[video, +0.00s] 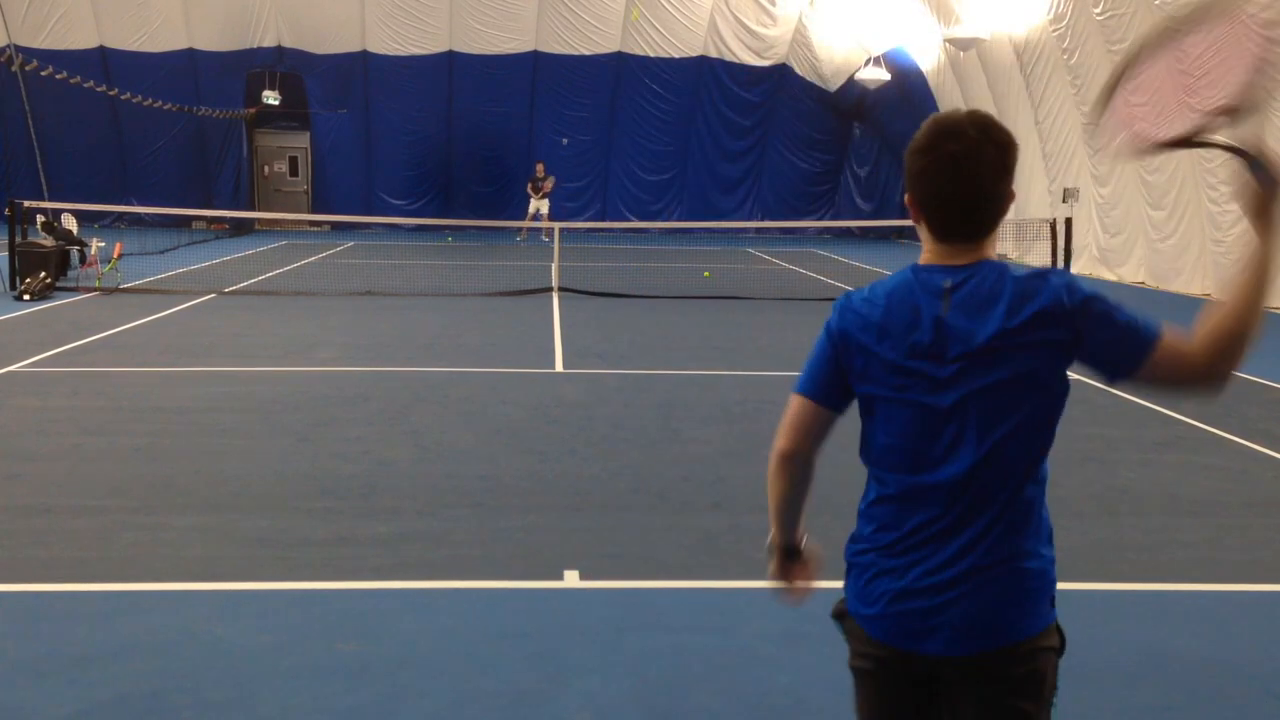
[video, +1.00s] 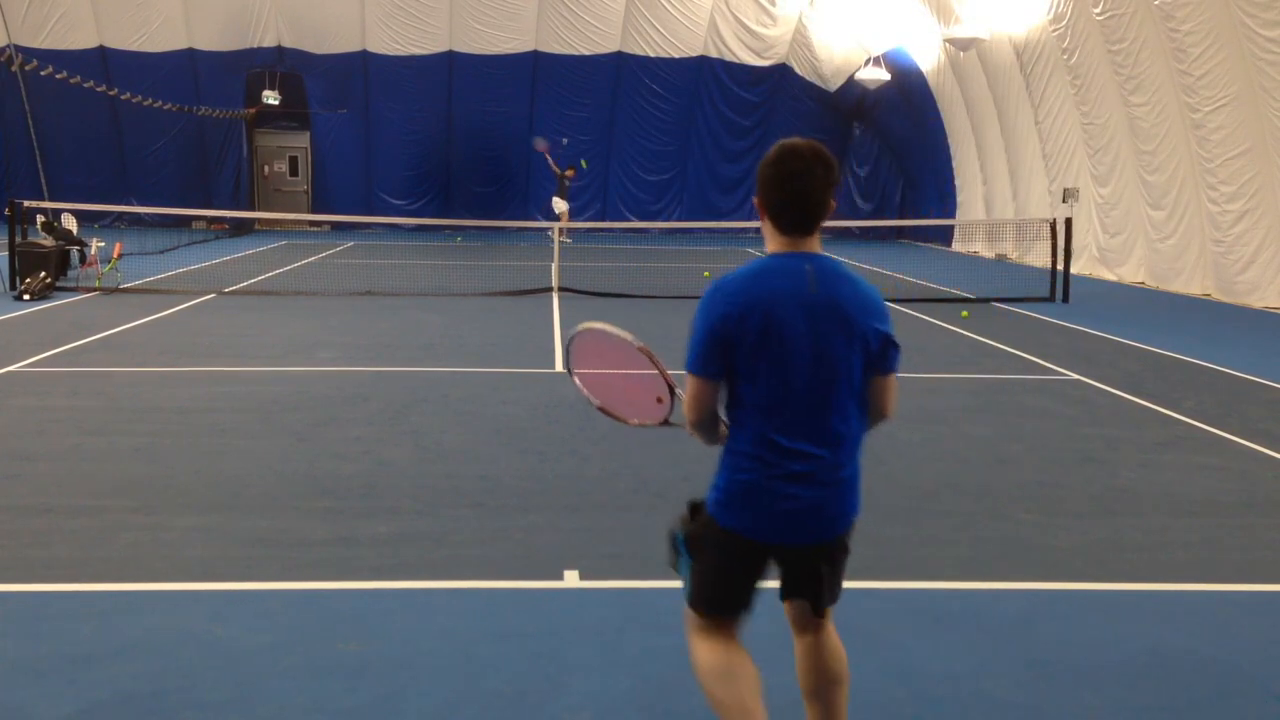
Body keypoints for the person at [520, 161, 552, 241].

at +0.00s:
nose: (539, 169)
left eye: (541, 167)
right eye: (538, 167)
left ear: (543, 168)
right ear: (536, 168)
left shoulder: (547, 179)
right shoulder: (532, 178)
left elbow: (549, 187)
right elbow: (528, 189)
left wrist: (543, 191)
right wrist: (534, 196)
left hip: (544, 200)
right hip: (534, 200)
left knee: (545, 217)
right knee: (529, 217)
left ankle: (545, 235)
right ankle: (523, 234)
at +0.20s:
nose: (547, 169)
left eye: (548, 167)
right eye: (546, 167)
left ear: (551, 169)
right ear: (543, 169)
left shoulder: (552, 178)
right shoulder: (539, 178)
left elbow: (554, 188)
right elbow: (536, 190)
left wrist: (550, 196)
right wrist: (544, 197)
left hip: (548, 198)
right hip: (539, 198)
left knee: (552, 216)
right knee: (539, 215)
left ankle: (548, 233)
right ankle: (535, 233)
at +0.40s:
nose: (557, 173)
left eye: (558, 171)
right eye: (555, 171)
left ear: (559, 173)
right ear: (552, 172)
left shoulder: (557, 183)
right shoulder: (550, 182)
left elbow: (559, 192)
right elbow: (548, 194)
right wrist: (556, 201)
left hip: (553, 202)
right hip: (546, 201)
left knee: (557, 218)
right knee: (554, 215)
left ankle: (552, 235)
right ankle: (545, 231)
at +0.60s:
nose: (568, 179)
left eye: (568, 177)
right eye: (567, 177)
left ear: (563, 177)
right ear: (562, 176)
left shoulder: (558, 184)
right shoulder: (561, 186)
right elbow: (566, 197)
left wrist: (567, 188)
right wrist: (573, 196)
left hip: (548, 203)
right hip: (551, 204)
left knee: (557, 219)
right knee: (563, 218)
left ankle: (551, 235)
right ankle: (561, 236)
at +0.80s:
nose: (572, 181)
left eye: (572, 179)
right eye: (571, 179)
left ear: (570, 179)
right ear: (567, 178)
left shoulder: (562, 184)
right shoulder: (564, 184)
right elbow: (569, 196)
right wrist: (576, 205)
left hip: (554, 204)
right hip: (555, 204)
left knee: (560, 220)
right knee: (566, 217)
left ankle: (551, 235)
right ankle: (563, 236)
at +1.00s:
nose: (572, 174)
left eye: (572, 173)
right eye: (571, 172)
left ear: (572, 173)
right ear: (568, 171)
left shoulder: (567, 180)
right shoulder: (561, 175)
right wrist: (549, 159)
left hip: (564, 200)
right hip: (558, 199)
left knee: (565, 218)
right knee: (564, 216)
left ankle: (554, 231)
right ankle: (562, 235)